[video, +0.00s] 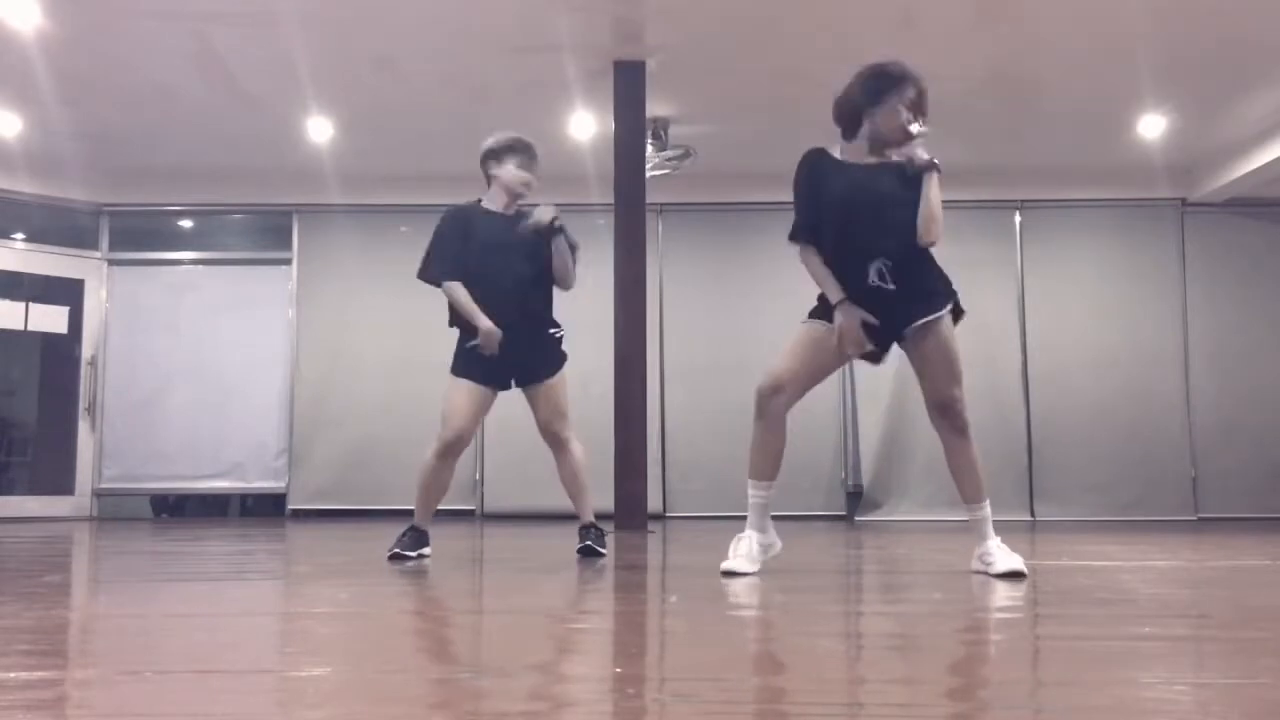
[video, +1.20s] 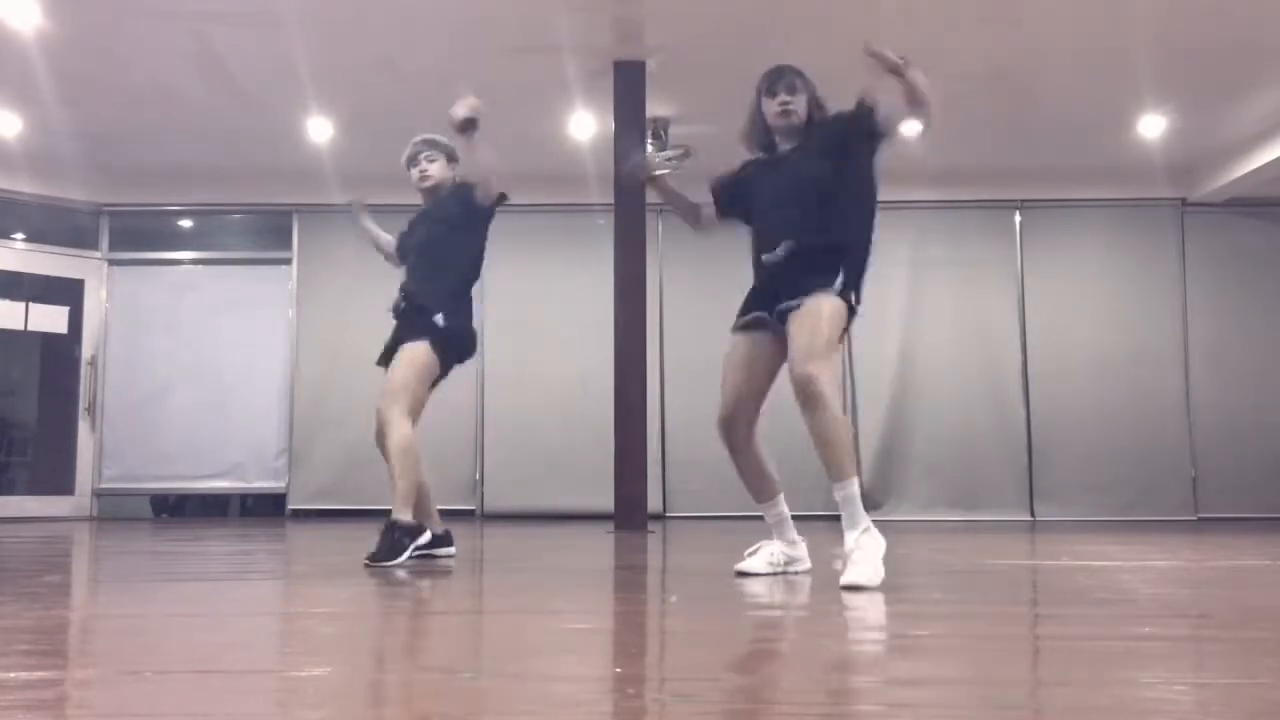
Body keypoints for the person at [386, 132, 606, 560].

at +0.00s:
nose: (527, 175)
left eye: (530, 169)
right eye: (518, 166)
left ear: (533, 176)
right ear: (491, 169)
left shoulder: (542, 225)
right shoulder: (460, 219)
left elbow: (566, 281)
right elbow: (448, 280)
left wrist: (553, 232)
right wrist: (483, 323)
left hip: (536, 344)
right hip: (479, 344)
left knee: (558, 432)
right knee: (451, 438)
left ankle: (589, 526)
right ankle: (418, 530)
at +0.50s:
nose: (470, 176)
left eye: (470, 165)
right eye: (457, 178)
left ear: (483, 164)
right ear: (449, 195)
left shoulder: (523, 212)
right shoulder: (450, 227)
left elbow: (564, 220)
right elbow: (431, 287)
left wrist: (512, 204)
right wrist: (449, 328)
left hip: (529, 342)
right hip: (473, 347)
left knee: (554, 434)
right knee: (445, 439)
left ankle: (588, 527)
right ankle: (417, 531)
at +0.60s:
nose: (446, 172)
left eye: (453, 164)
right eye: (436, 171)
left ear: (470, 170)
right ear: (430, 188)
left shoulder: (496, 192)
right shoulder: (440, 241)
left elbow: (514, 230)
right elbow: (438, 300)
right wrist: (447, 321)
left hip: (528, 331)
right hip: (475, 339)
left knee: (557, 432)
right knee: (447, 431)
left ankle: (589, 526)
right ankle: (426, 530)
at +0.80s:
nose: (439, 171)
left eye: (447, 163)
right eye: (431, 167)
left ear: (467, 169)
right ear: (426, 179)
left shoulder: (470, 201)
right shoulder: (443, 222)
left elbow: (491, 234)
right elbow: (429, 274)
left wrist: (475, 290)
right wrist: (416, 305)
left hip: (485, 329)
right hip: (450, 334)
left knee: (505, 427)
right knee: (420, 429)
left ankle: (584, 502)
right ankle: (433, 532)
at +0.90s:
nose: (432, 166)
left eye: (440, 159)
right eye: (424, 164)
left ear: (459, 166)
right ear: (418, 176)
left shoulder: (471, 197)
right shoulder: (419, 221)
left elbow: (493, 180)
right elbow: (392, 232)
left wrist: (453, 185)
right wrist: (371, 238)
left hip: (473, 314)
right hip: (436, 316)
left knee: (454, 405)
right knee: (416, 426)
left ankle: (517, 500)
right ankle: (433, 530)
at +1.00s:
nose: (429, 158)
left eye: (438, 150)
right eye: (421, 155)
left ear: (459, 160)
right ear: (416, 168)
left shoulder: (465, 200)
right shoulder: (416, 216)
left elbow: (474, 178)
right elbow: (383, 248)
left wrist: (481, 139)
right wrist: (398, 212)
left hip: (468, 315)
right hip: (432, 320)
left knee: (424, 385)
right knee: (422, 417)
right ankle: (434, 527)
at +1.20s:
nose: (422, 167)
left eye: (430, 159)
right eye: (414, 164)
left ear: (453, 165)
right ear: (411, 177)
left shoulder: (469, 202)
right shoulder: (421, 221)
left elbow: (484, 181)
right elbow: (396, 253)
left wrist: (469, 135)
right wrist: (363, 220)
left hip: (440, 320)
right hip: (413, 324)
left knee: (395, 410)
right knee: (388, 434)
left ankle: (403, 523)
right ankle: (434, 532)